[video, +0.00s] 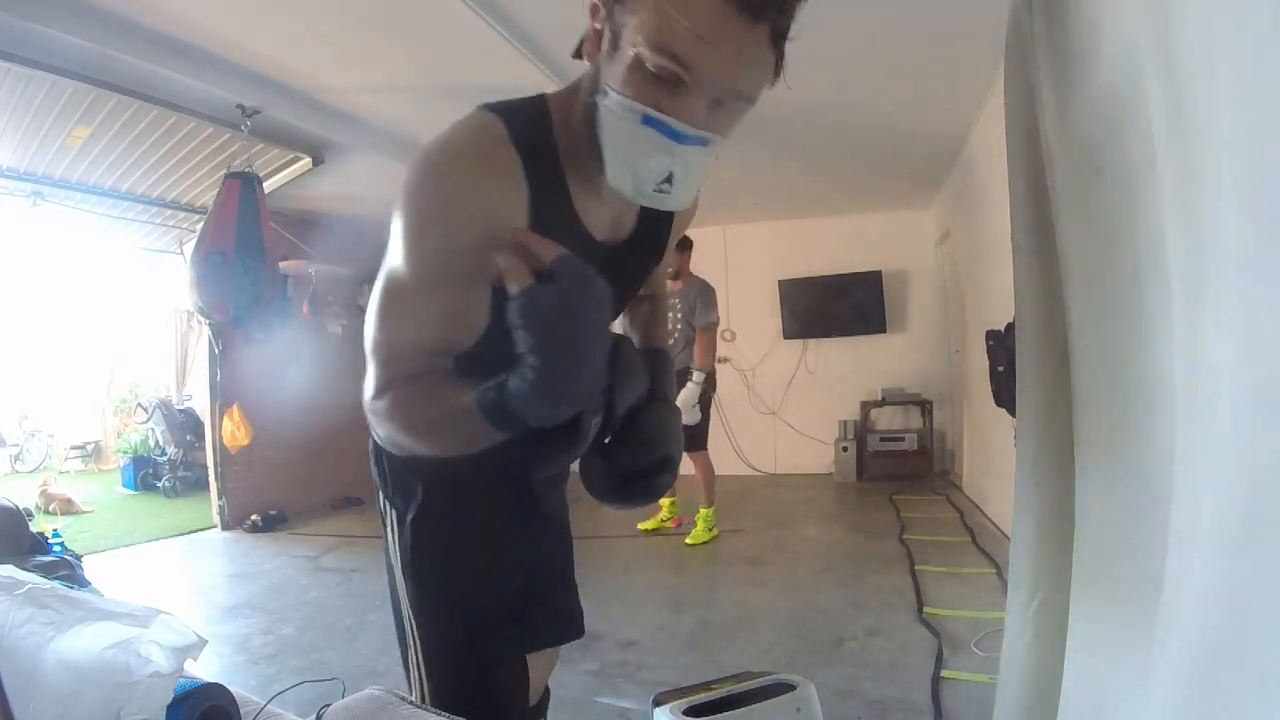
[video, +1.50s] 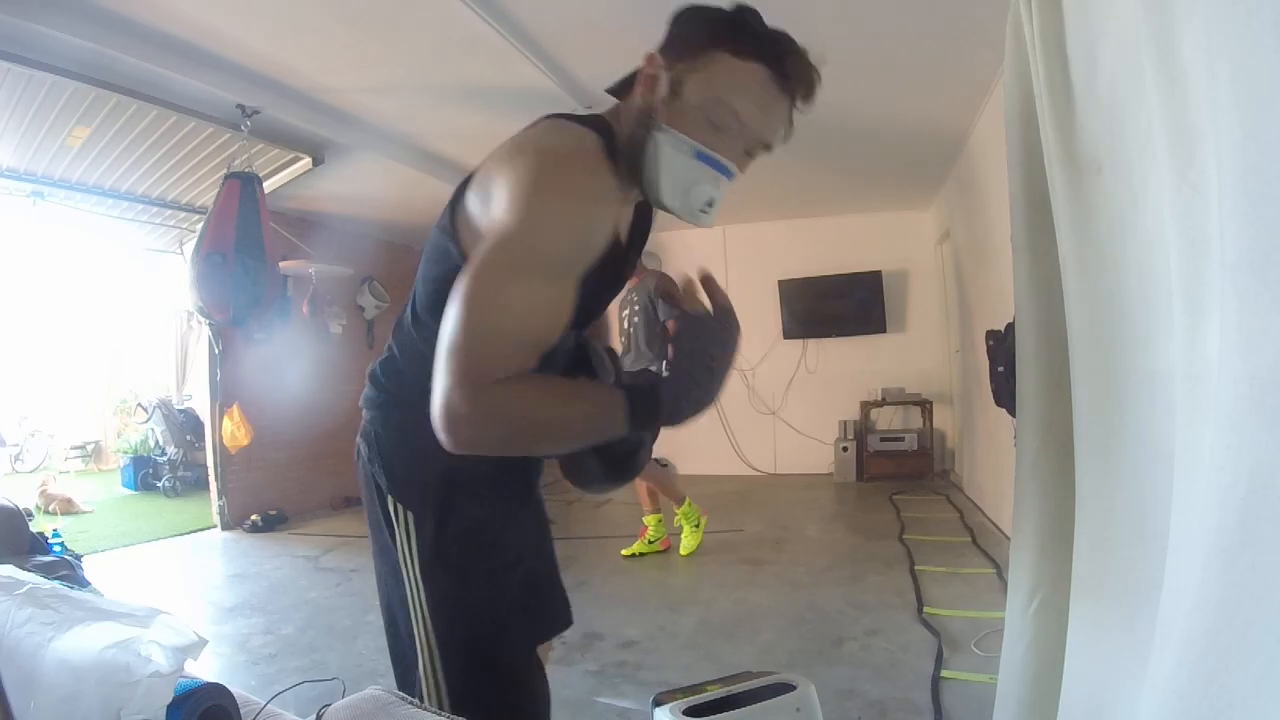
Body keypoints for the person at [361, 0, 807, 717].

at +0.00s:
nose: (686, 126)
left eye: (726, 102)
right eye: (661, 76)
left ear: (758, 94)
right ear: (597, 33)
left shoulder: (673, 180)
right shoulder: (470, 165)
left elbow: (646, 290)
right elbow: (394, 405)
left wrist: (655, 401)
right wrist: (522, 401)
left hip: (542, 446)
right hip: (439, 458)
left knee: (540, 648)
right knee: (479, 701)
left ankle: (526, 713)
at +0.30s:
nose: (708, 132)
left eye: (745, 114)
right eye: (685, 82)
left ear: (763, 113)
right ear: (620, 50)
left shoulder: (656, 212)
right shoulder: (500, 171)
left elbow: (624, 359)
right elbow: (418, 419)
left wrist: (634, 440)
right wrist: (570, 387)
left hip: (536, 457)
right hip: (449, 464)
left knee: (545, 648)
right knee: (488, 698)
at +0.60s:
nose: (692, 134)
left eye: (728, 116)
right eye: (671, 88)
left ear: (750, 113)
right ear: (609, 56)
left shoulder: (661, 195)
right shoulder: (511, 167)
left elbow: (628, 347)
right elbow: (433, 417)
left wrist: (637, 436)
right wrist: (572, 390)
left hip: (542, 449)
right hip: (450, 457)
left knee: (555, 637)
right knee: (486, 697)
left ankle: (526, 719)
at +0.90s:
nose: (670, 129)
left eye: (706, 108)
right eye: (647, 82)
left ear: (734, 105)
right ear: (590, 54)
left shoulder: (661, 190)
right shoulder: (495, 168)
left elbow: (638, 318)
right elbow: (428, 423)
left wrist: (643, 412)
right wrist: (556, 389)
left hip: (545, 439)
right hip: (448, 447)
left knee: (566, 626)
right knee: (488, 691)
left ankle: (533, 709)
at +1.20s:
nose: (668, 127)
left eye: (704, 106)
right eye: (646, 79)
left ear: (732, 106)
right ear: (588, 57)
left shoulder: (657, 190)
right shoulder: (496, 165)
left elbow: (631, 338)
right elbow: (427, 421)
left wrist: (635, 426)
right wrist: (571, 385)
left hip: (539, 443)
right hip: (446, 452)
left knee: (555, 634)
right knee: (486, 694)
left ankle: (526, 715)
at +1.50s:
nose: (726, 164)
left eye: (751, 150)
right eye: (718, 126)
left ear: (764, 154)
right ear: (651, 79)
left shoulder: (627, 184)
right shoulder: (559, 176)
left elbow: (565, 339)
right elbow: (466, 415)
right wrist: (655, 400)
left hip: (499, 449)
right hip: (436, 459)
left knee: (526, 645)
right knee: (494, 701)